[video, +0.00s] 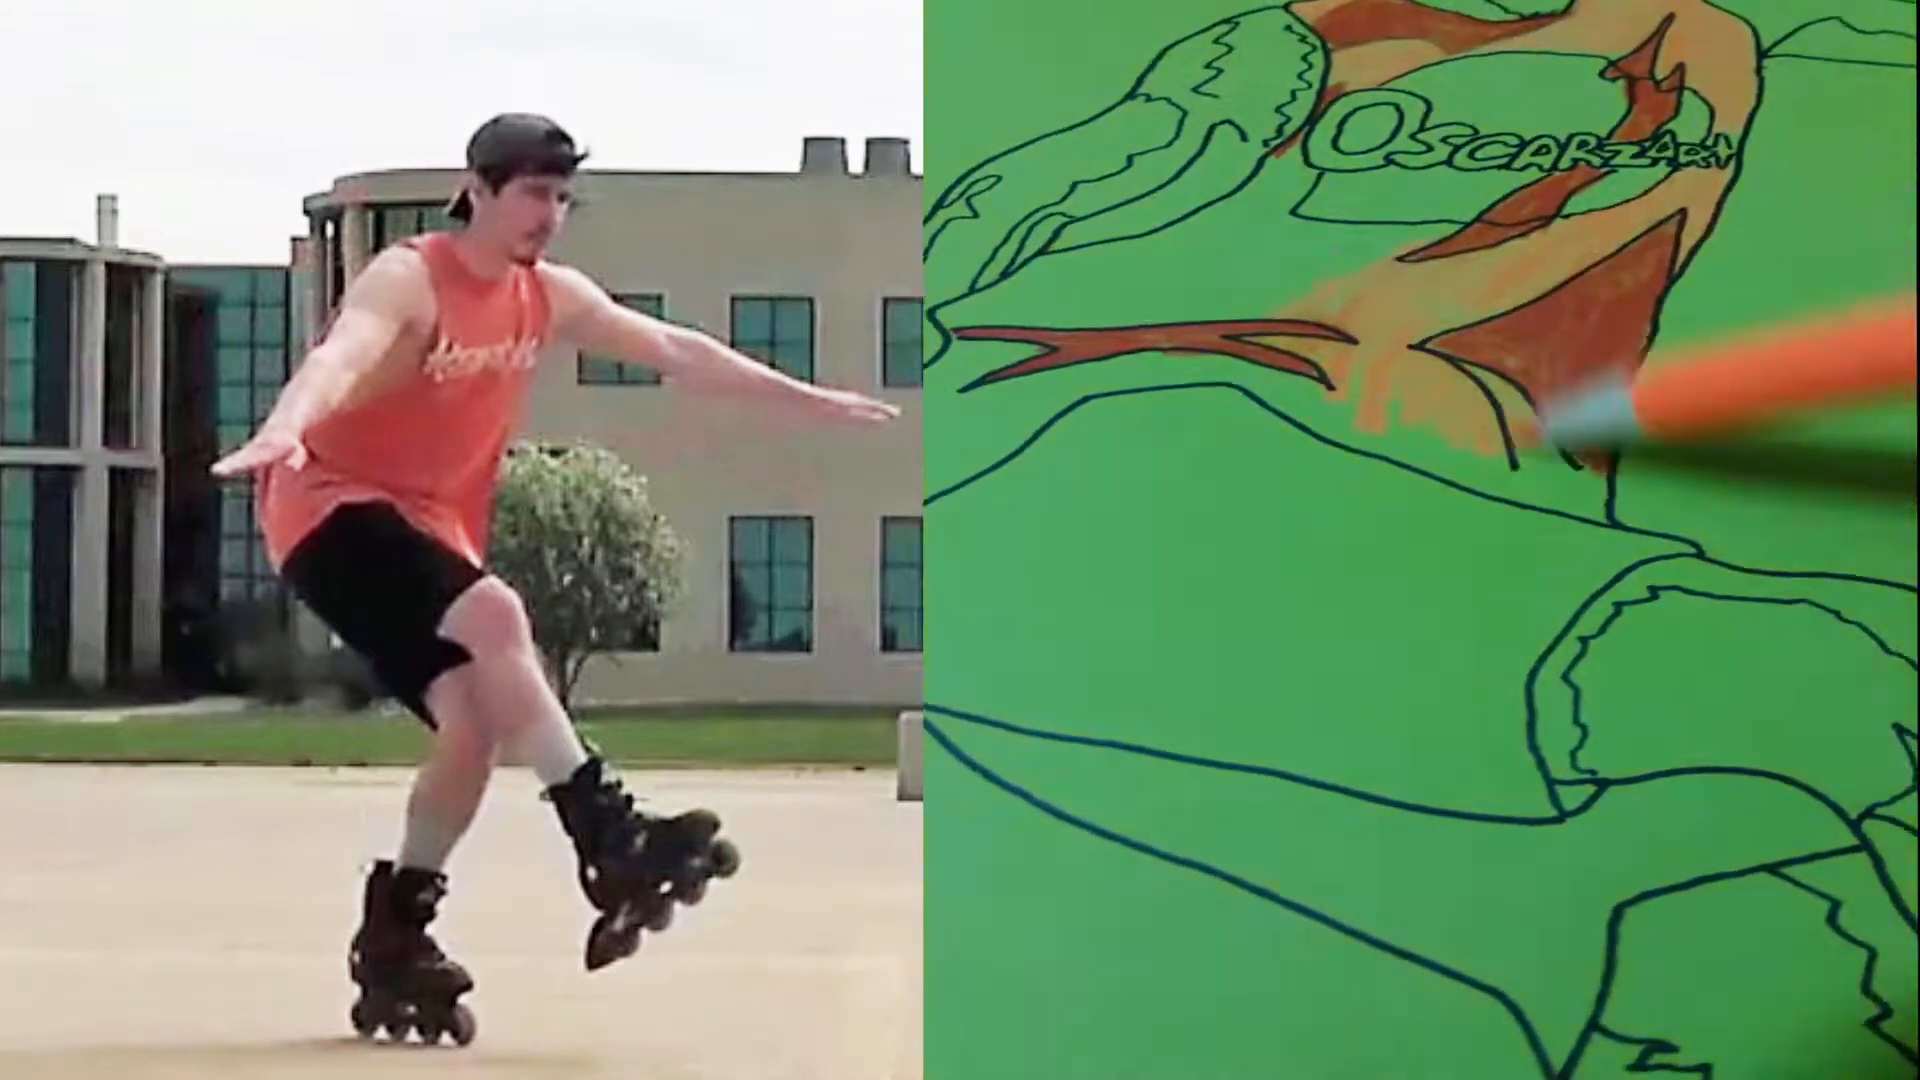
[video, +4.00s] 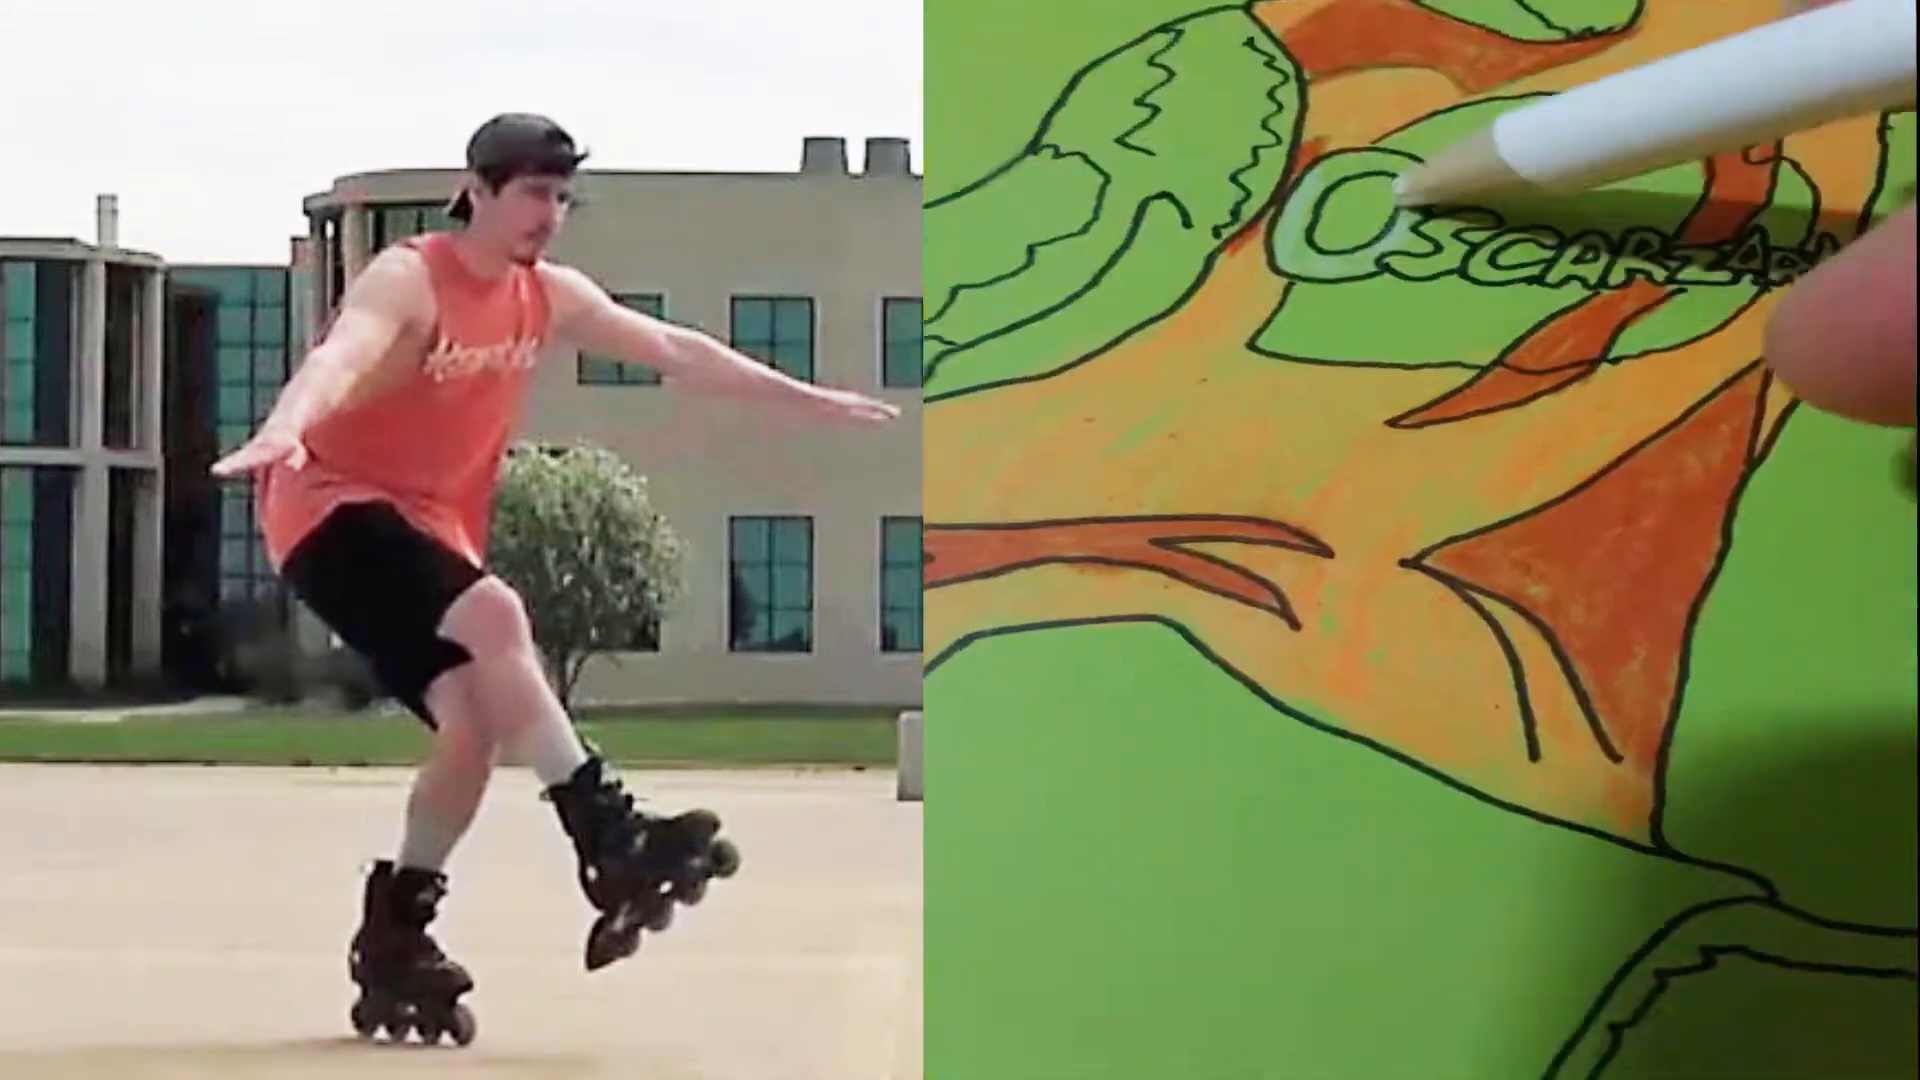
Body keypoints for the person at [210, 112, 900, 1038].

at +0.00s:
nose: (551, 215)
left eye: (561, 199)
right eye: (535, 195)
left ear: (563, 203)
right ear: (475, 191)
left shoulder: (551, 293)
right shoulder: (408, 274)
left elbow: (674, 350)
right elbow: (342, 356)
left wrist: (811, 399)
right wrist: (282, 429)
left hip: (436, 530)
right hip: (334, 505)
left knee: (477, 725)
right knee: (492, 616)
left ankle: (394, 934)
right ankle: (609, 840)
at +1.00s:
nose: (551, 214)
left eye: (561, 198)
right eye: (535, 195)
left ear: (563, 203)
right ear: (476, 191)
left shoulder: (552, 293)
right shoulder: (409, 274)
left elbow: (676, 351)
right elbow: (342, 355)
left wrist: (812, 400)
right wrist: (283, 428)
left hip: (437, 530)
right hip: (335, 506)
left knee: (477, 724)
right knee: (492, 616)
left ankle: (393, 938)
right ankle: (610, 840)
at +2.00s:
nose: (551, 214)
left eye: (561, 199)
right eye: (535, 195)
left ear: (563, 203)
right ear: (476, 191)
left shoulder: (552, 293)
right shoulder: (408, 274)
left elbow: (675, 350)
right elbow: (342, 355)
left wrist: (813, 400)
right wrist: (283, 428)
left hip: (437, 530)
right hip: (334, 506)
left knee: (477, 725)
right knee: (492, 616)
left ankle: (393, 938)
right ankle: (609, 839)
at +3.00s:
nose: (551, 214)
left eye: (561, 198)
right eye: (535, 195)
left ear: (562, 203)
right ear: (476, 191)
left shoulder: (551, 293)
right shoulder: (408, 274)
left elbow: (674, 349)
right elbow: (342, 355)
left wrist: (811, 399)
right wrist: (283, 428)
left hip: (436, 530)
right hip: (335, 505)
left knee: (477, 726)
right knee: (492, 616)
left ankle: (393, 935)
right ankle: (610, 840)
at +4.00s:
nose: (551, 215)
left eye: (561, 199)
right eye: (535, 195)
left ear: (562, 203)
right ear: (476, 191)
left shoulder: (551, 293)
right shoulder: (408, 275)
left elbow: (674, 350)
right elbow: (342, 356)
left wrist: (809, 398)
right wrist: (284, 427)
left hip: (436, 530)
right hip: (335, 505)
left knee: (477, 725)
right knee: (492, 616)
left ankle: (393, 937)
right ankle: (610, 842)